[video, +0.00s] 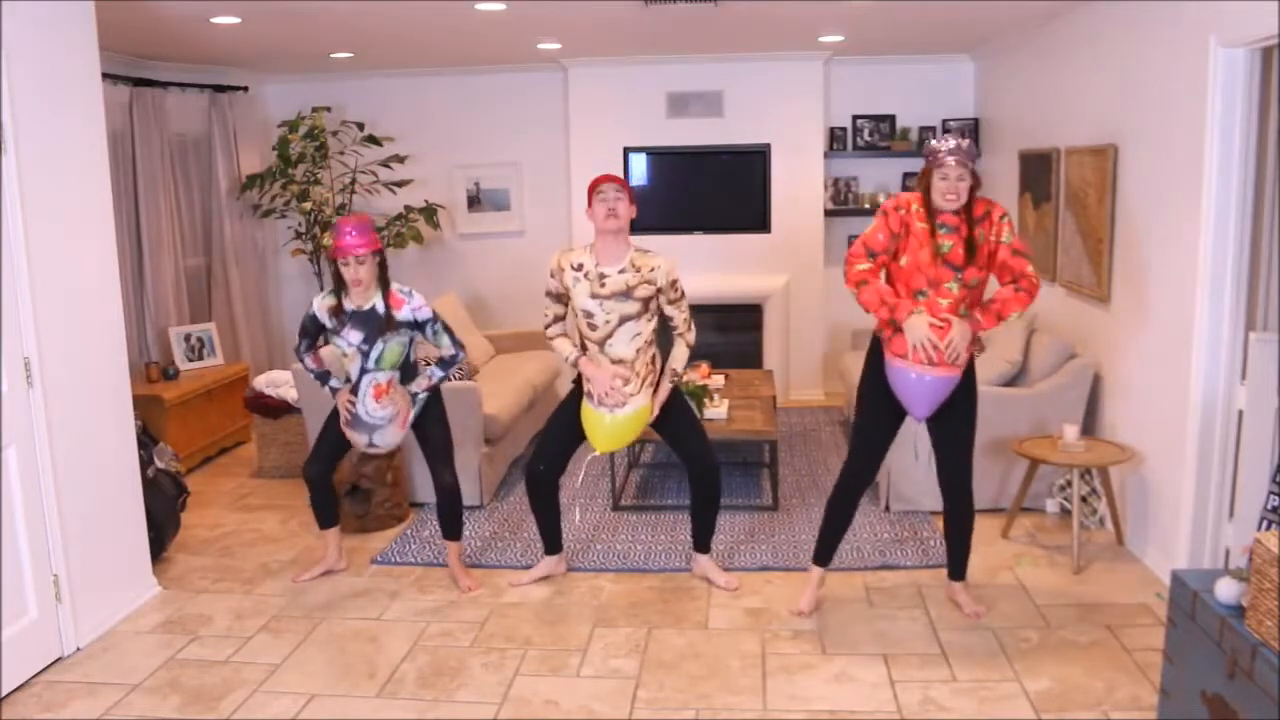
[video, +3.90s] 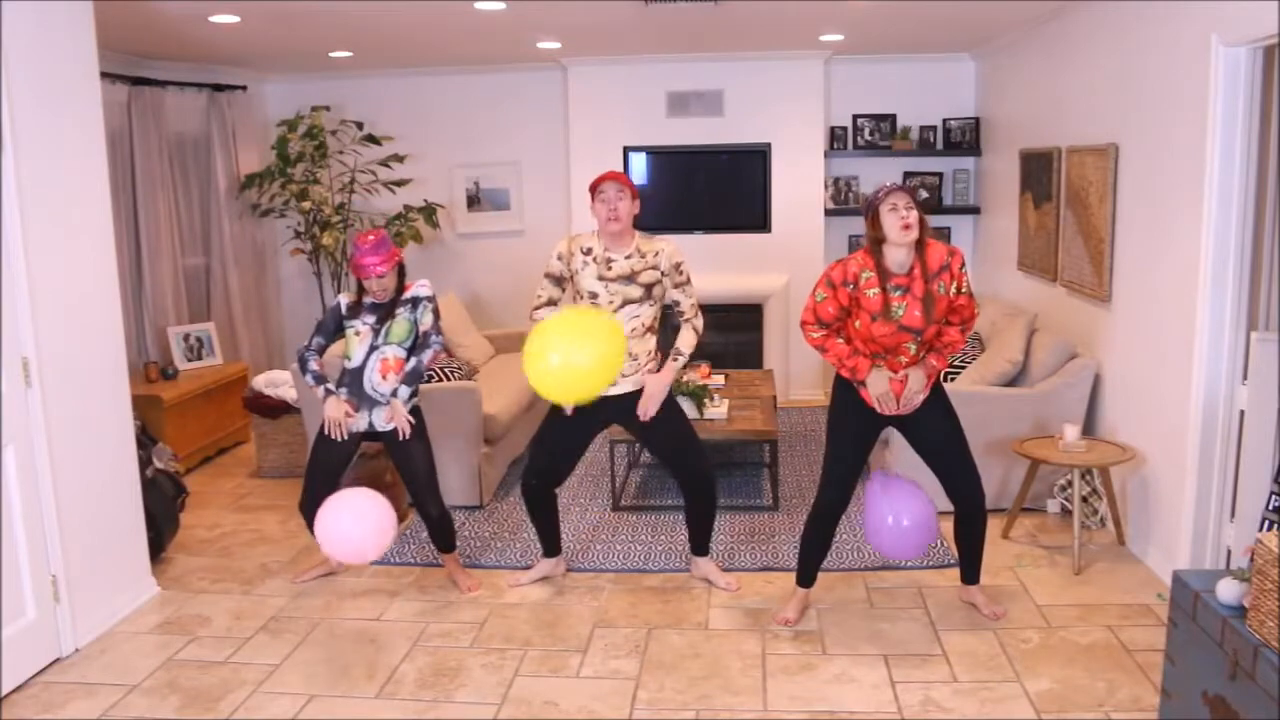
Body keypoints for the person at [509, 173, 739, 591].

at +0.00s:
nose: (611, 205)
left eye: (619, 199)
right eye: (602, 200)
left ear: (633, 211)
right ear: (589, 214)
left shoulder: (656, 269)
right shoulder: (567, 266)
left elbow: (684, 332)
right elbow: (555, 329)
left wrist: (662, 392)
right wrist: (586, 366)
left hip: (651, 386)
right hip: (592, 388)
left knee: (704, 462)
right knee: (540, 468)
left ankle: (702, 556)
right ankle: (553, 556)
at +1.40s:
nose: (610, 263)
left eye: (617, 253)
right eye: (601, 254)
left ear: (631, 239)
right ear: (588, 244)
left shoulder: (653, 260)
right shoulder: (568, 265)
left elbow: (683, 323)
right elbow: (549, 326)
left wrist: (652, 378)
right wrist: (589, 378)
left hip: (652, 381)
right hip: (592, 384)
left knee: (707, 462)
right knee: (537, 465)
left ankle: (703, 555)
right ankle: (552, 556)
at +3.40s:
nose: (611, 260)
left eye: (619, 251)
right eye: (604, 252)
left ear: (635, 232)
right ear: (592, 236)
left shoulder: (662, 258)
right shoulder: (571, 256)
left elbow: (697, 324)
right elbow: (539, 321)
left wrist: (656, 380)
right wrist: (576, 378)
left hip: (648, 396)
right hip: (587, 396)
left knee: (708, 478)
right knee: (531, 484)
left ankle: (701, 558)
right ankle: (552, 558)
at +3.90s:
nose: (611, 205)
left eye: (620, 198)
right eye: (603, 199)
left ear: (635, 207)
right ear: (592, 208)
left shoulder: (661, 254)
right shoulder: (570, 252)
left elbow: (691, 319)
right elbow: (541, 313)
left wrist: (666, 376)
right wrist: (561, 374)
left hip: (644, 389)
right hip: (583, 392)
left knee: (698, 473)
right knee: (536, 480)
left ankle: (701, 558)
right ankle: (551, 558)